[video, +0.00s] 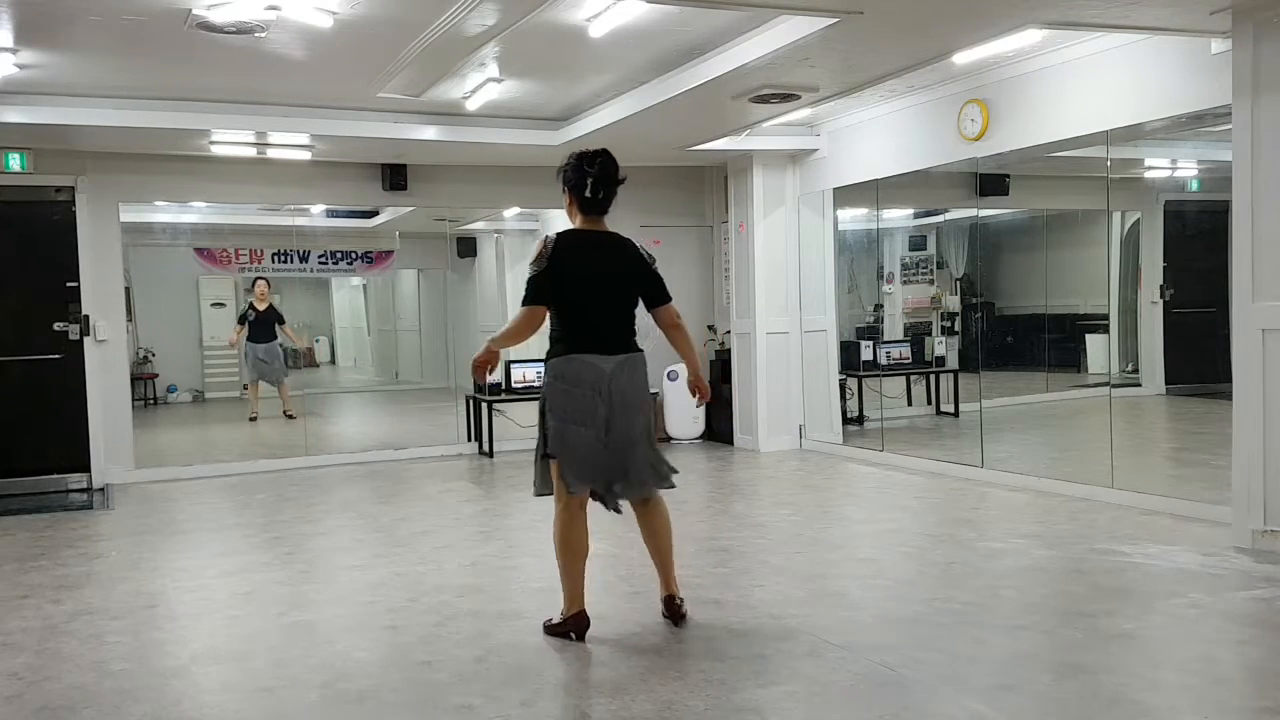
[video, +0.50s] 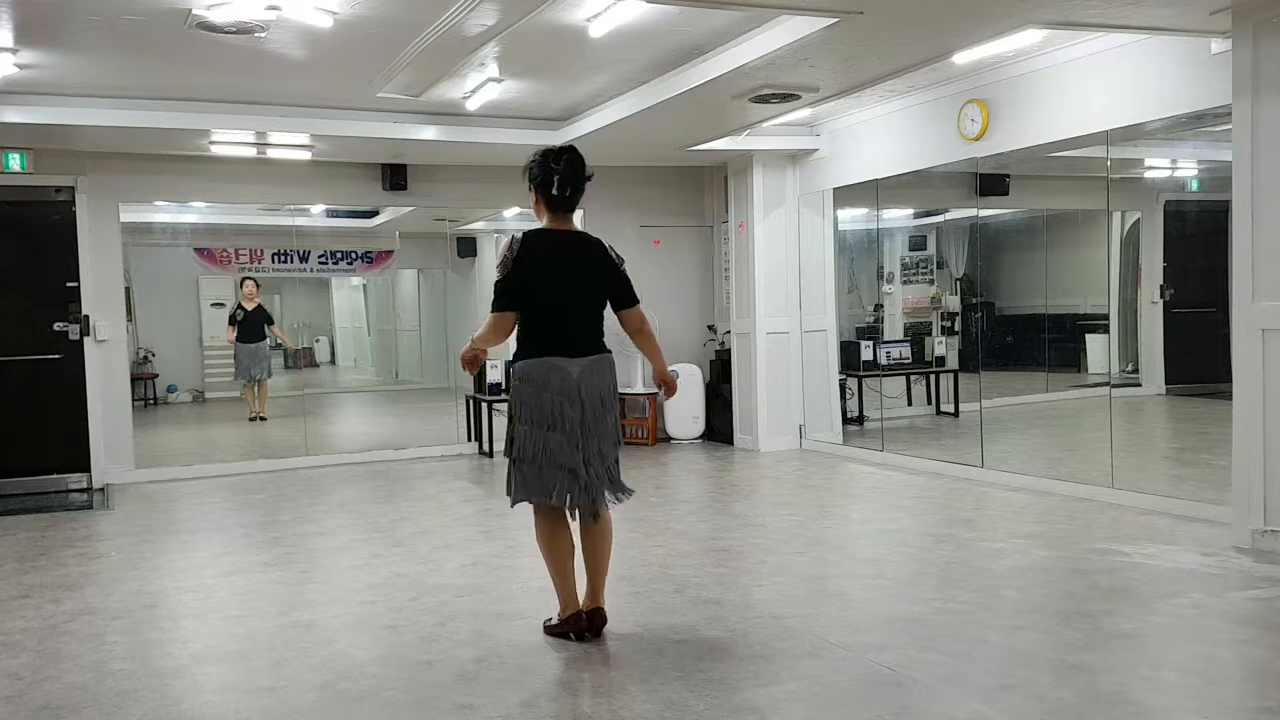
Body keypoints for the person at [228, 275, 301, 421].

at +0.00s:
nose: (262, 290)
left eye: (264, 287)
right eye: (258, 287)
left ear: (269, 290)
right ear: (253, 290)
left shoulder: (273, 308)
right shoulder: (248, 308)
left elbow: (284, 327)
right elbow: (240, 325)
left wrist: (296, 342)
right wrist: (235, 335)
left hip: (272, 347)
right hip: (253, 347)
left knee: (280, 378)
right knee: (253, 380)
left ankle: (287, 408)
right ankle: (254, 410)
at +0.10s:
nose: (258, 290)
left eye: (261, 287)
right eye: (255, 287)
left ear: (265, 290)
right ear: (249, 290)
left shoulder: (269, 309)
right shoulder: (245, 308)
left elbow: (280, 327)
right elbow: (236, 325)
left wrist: (291, 342)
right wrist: (232, 335)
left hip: (268, 347)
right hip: (249, 347)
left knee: (274, 379)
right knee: (251, 381)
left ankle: (279, 409)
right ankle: (254, 410)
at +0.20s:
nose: (256, 290)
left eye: (258, 287)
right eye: (252, 287)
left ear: (262, 290)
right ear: (247, 290)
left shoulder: (267, 309)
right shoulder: (241, 308)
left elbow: (277, 328)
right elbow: (234, 327)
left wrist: (289, 343)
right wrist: (232, 336)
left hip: (265, 347)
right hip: (247, 347)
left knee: (267, 379)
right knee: (250, 381)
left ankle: (267, 409)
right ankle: (253, 410)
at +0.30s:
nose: (253, 290)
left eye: (256, 287)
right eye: (250, 287)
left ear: (260, 290)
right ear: (245, 290)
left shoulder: (265, 309)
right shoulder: (240, 309)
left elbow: (275, 329)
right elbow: (234, 328)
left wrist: (288, 343)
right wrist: (234, 335)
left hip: (263, 347)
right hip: (245, 348)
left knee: (262, 380)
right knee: (249, 382)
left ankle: (262, 410)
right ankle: (253, 410)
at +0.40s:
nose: (251, 290)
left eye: (254, 287)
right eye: (248, 287)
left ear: (258, 289)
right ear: (243, 290)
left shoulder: (263, 309)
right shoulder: (238, 309)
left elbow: (274, 328)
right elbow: (233, 327)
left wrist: (288, 343)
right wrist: (234, 335)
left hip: (262, 348)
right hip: (244, 349)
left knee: (262, 380)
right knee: (248, 382)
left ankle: (262, 410)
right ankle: (253, 410)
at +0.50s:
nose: (250, 289)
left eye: (253, 287)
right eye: (247, 287)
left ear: (257, 289)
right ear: (242, 290)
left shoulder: (262, 308)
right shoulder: (237, 309)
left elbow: (273, 328)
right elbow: (231, 327)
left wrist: (288, 343)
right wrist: (231, 335)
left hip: (261, 347)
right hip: (243, 348)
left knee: (262, 381)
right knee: (248, 382)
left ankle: (262, 410)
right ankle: (253, 410)